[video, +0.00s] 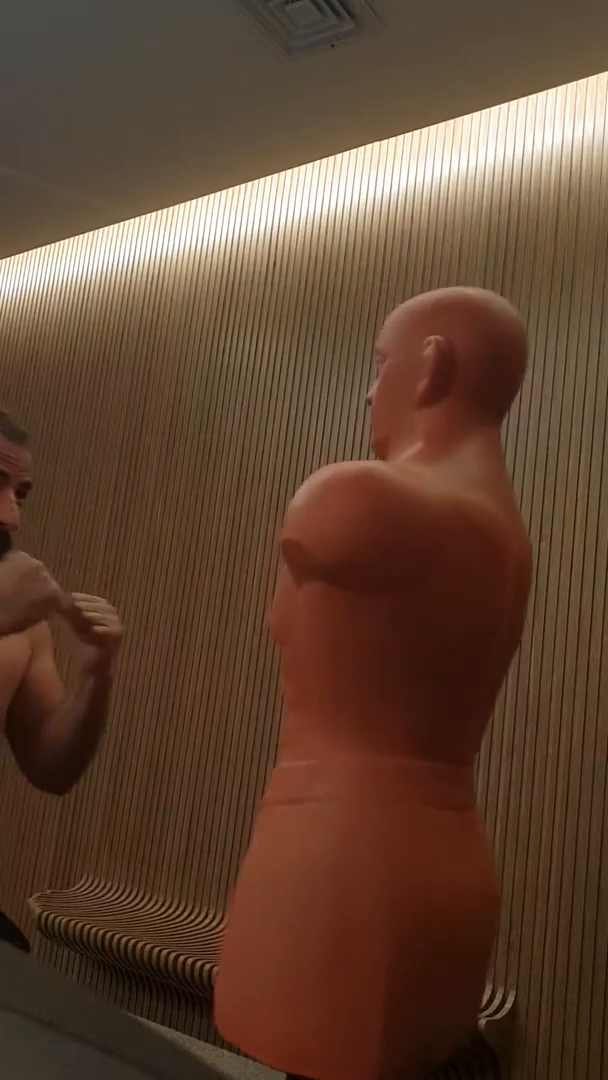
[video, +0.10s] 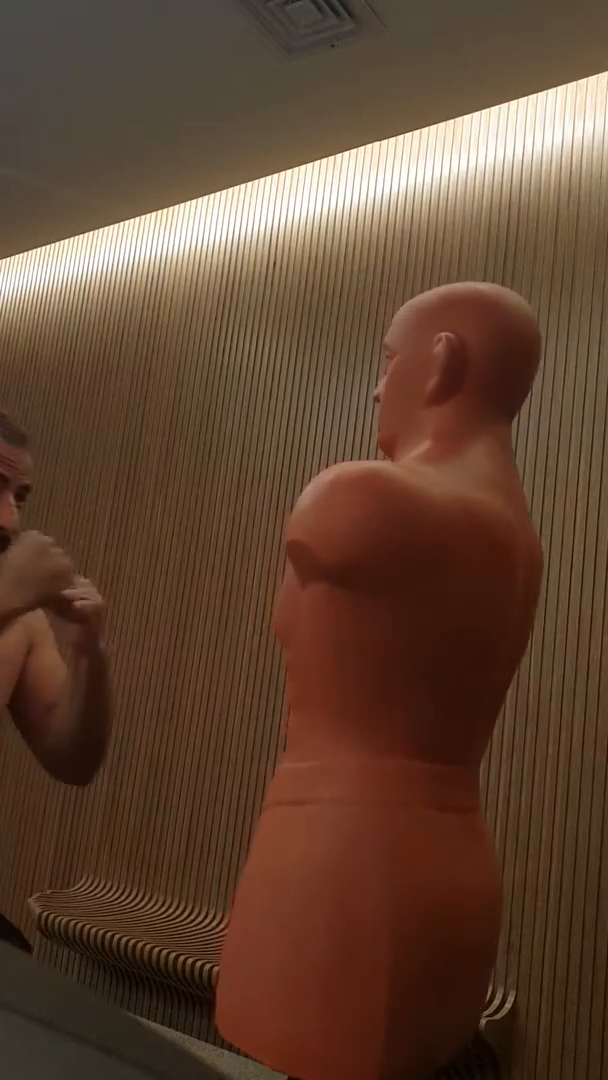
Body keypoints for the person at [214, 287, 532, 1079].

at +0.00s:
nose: (369, 390)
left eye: (383, 363)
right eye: (374, 365)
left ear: (434, 368)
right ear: (494, 393)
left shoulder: (348, 502)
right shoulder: (504, 538)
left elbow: (281, 623)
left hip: (337, 871)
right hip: (444, 860)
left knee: (295, 1064)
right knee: (404, 1065)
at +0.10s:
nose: (377, 386)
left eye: (390, 361)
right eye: (382, 363)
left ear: (444, 366)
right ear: (502, 392)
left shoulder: (358, 504)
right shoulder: (513, 540)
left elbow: (287, 620)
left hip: (335, 879)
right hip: (444, 865)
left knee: (292, 1063)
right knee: (403, 1064)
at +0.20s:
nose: (369, 392)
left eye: (381, 366)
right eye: (374, 368)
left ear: (434, 369)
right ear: (493, 395)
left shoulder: (353, 503)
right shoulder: (505, 537)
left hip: (341, 866)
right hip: (444, 853)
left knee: (297, 1062)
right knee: (404, 1064)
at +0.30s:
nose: (356, 401)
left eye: (366, 376)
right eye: (359, 379)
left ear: (417, 378)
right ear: (479, 401)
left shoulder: (344, 503)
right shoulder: (491, 542)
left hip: (334, 858)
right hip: (436, 850)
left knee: (312, 1063)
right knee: (401, 1063)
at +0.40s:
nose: (354, 406)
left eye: (362, 383)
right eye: (355, 386)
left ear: (410, 381)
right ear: (474, 403)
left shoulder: (344, 503)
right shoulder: (484, 536)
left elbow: (295, 526)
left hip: (335, 859)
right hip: (432, 848)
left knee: (320, 1063)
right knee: (395, 1063)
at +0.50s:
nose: (417, 394)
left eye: (429, 368)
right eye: (421, 370)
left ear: (481, 374)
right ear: (538, 395)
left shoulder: (401, 500)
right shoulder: (541, 540)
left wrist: (294, 556)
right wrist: (309, 570)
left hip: (363, 871)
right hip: (465, 863)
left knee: (322, 1062)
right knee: (412, 1066)